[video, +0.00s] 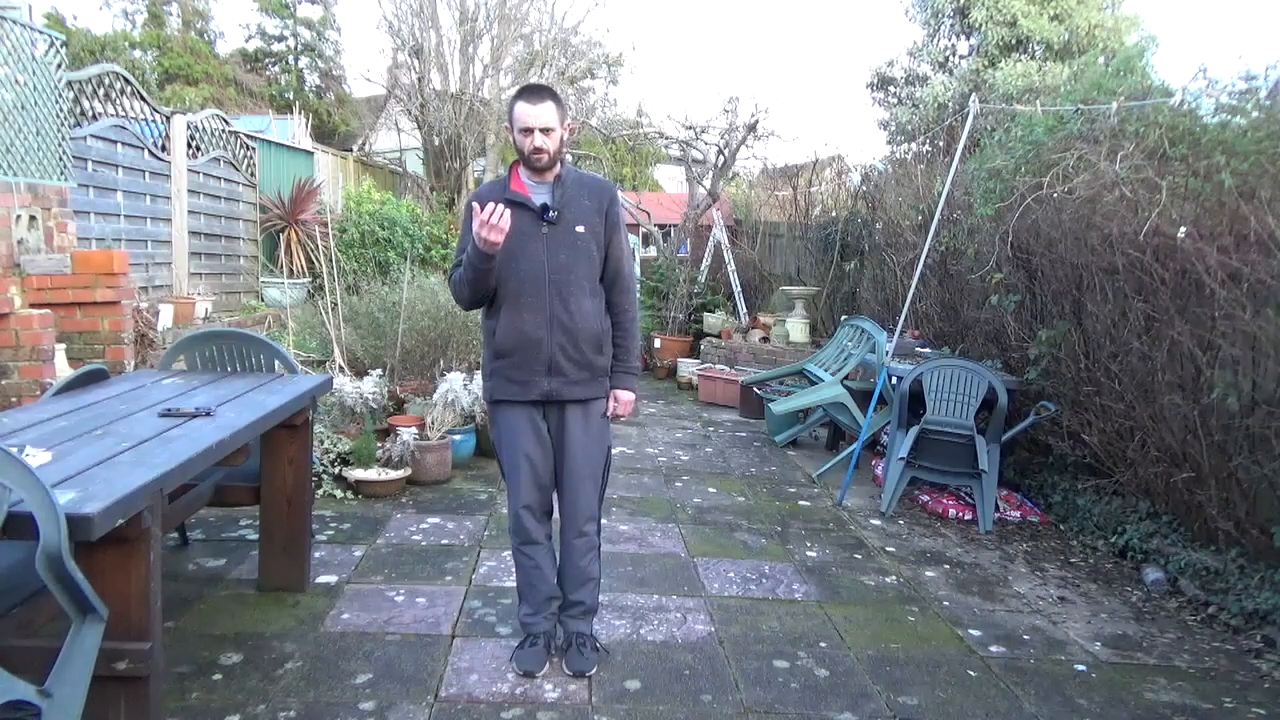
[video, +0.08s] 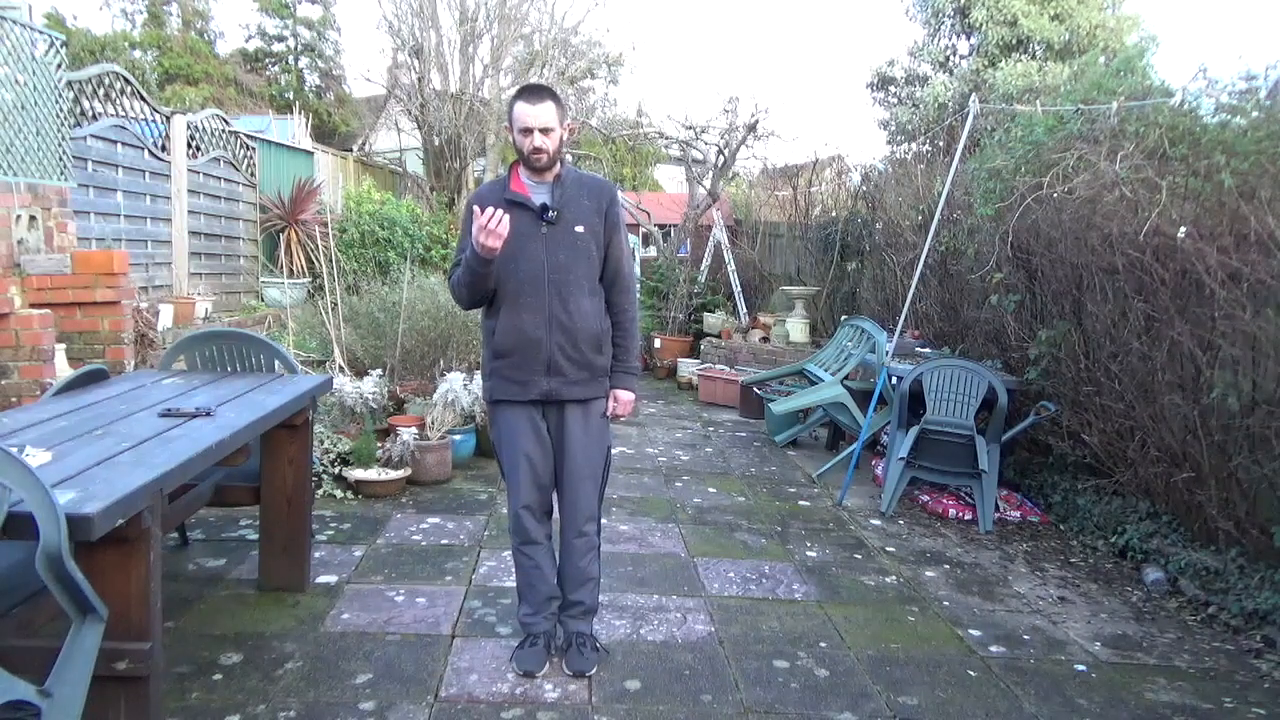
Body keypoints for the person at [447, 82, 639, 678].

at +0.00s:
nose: (536, 141)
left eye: (545, 130)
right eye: (525, 132)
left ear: (565, 130)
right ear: (512, 134)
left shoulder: (599, 195)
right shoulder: (487, 198)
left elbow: (622, 292)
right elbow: (466, 295)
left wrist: (625, 375)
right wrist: (483, 249)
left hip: (587, 377)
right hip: (513, 380)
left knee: (582, 512)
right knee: (527, 512)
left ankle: (580, 626)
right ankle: (535, 627)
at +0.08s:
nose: (535, 141)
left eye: (545, 130)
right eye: (525, 132)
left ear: (564, 130)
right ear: (511, 134)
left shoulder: (599, 194)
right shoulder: (487, 198)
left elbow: (621, 291)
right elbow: (465, 295)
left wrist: (625, 375)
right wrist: (482, 255)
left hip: (586, 377)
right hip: (513, 380)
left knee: (582, 512)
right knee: (526, 512)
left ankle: (580, 626)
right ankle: (535, 627)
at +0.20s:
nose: (535, 141)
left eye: (545, 130)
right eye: (525, 132)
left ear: (564, 130)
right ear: (511, 135)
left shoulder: (599, 194)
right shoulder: (486, 199)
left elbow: (621, 291)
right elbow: (465, 295)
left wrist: (624, 375)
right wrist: (481, 262)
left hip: (586, 377)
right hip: (513, 380)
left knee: (582, 512)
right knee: (526, 512)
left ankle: (579, 626)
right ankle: (535, 627)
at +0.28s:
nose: (535, 141)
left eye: (544, 130)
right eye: (524, 132)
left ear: (564, 130)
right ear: (511, 134)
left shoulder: (599, 195)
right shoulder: (487, 198)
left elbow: (622, 291)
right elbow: (465, 295)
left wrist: (625, 375)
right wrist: (484, 259)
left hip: (586, 378)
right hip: (513, 380)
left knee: (582, 512)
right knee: (526, 512)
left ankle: (580, 626)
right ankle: (535, 627)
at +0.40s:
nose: (535, 141)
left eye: (544, 130)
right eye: (524, 132)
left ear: (563, 130)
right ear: (510, 135)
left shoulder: (599, 195)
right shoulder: (486, 200)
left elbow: (621, 292)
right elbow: (465, 296)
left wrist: (625, 375)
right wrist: (483, 261)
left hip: (586, 378)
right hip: (512, 380)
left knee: (582, 512)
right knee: (526, 513)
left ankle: (580, 625)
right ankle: (535, 627)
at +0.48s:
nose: (535, 141)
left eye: (544, 130)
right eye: (524, 132)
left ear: (563, 130)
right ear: (510, 135)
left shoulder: (599, 195)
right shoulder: (486, 200)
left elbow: (621, 292)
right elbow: (465, 296)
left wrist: (625, 375)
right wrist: (483, 261)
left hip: (586, 378)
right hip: (512, 381)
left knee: (582, 512)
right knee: (526, 513)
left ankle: (580, 625)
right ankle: (535, 627)